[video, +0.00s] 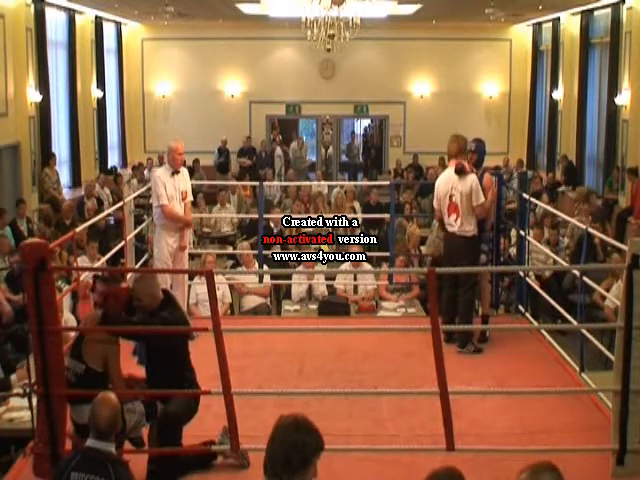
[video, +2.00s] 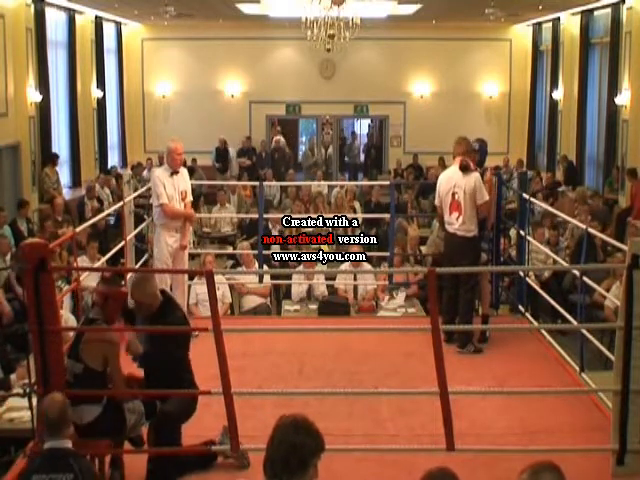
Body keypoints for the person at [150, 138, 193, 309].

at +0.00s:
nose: (181, 158)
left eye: (182, 154)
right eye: (178, 154)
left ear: (183, 156)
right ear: (168, 156)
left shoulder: (184, 172)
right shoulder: (158, 174)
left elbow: (188, 202)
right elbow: (164, 207)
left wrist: (185, 233)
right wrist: (185, 219)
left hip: (182, 227)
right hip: (165, 227)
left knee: (181, 270)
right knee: (163, 269)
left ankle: (181, 309)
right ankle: (163, 308)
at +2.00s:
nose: (179, 158)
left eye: (181, 154)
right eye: (176, 155)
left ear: (183, 156)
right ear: (166, 156)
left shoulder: (184, 173)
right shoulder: (158, 174)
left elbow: (188, 204)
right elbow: (166, 209)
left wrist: (185, 234)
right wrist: (187, 213)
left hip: (182, 227)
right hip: (165, 227)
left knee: (181, 271)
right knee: (163, 271)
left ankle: (181, 310)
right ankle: (162, 310)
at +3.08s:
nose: (178, 158)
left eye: (181, 154)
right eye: (175, 155)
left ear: (183, 156)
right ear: (166, 157)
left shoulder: (184, 173)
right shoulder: (158, 174)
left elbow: (187, 202)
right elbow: (165, 209)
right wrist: (187, 213)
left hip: (183, 226)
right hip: (165, 227)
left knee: (181, 270)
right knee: (163, 269)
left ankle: (181, 310)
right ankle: (162, 310)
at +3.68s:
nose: (181, 158)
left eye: (182, 154)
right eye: (177, 155)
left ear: (184, 156)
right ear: (168, 157)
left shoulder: (185, 173)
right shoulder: (158, 174)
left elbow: (189, 203)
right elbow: (164, 209)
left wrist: (184, 235)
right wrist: (186, 213)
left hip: (183, 228)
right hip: (165, 228)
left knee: (181, 272)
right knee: (163, 272)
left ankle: (180, 314)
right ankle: (161, 314)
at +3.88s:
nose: (182, 158)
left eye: (183, 154)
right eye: (178, 155)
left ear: (184, 156)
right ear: (168, 156)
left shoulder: (185, 173)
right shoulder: (158, 174)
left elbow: (188, 205)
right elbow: (166, 209)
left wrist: (185, 235)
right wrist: (186, 214)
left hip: (183, 228)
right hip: (165, 228)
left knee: (181, 271)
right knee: (164, 269)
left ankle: (181, 308)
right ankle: (163, 307)